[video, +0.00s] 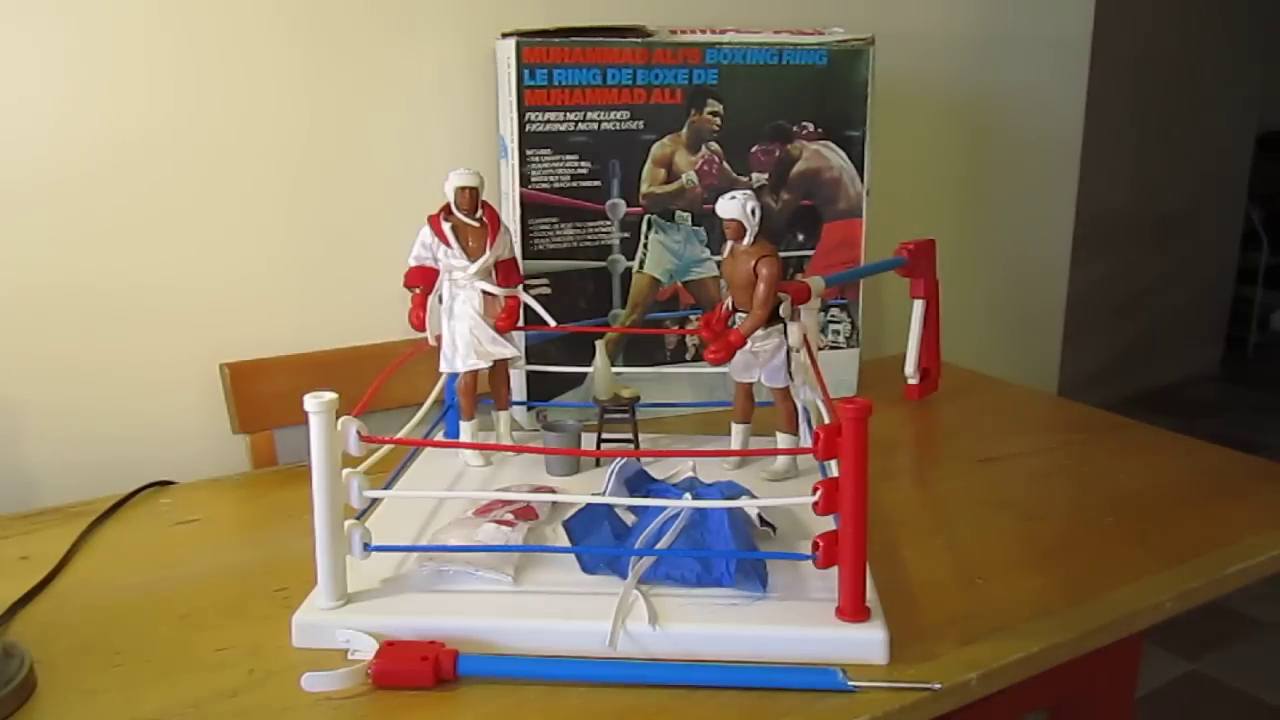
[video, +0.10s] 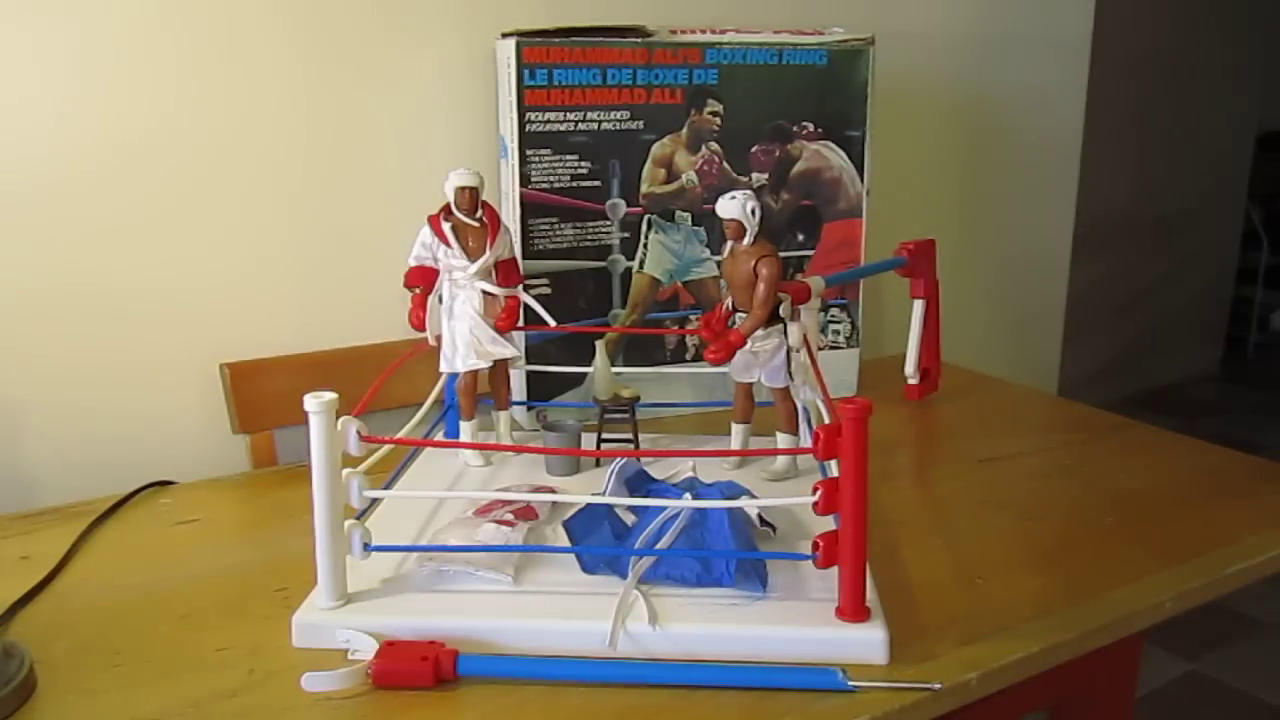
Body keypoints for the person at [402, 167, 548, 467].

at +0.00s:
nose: (467, 198)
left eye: (472, 191)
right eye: (461, 192)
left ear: (480, 194)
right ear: (451, 195)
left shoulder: (496, 228)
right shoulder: (436, 230)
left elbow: (508, 268)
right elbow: (422, 267)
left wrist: (512, 303)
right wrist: (419, 302)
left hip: (492, 302)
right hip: (458, 303)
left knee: (500, 363)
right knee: (469, 369)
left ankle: (504, 432)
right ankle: (469, 440)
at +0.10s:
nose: (467, 198)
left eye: (471, 191)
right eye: (461, 192)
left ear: (480, 194)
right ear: (451, 195)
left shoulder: (495, 227)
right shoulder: (436, 229)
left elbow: (509, 268)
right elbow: (422, 268)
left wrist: (512, 304)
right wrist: (419, 303)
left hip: (493, 302)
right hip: (458, 303)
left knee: (500, 363)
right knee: (469, 369)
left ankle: (504, 431)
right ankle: (469, 440)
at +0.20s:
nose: (467, 198)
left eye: (472, 191)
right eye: (461, 191)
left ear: (480, 194)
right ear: (451, 195)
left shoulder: (495, 227)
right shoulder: (436, 229)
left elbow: (509, 268)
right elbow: (422, 267)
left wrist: (512, 304)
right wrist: (419, 303)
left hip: (493, 302)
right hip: (458, 303)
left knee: (500, 363)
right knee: (469, 369)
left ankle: (504, 433)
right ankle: (469, 440)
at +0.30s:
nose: (467, 198)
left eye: (472, 191)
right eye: (461, 192)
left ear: (480, 194)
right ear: (451, 195)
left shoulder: (495, 227)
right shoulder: (436, 229)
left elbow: (509, 268)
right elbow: (422, 268)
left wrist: (512, 304)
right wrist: (419, 303)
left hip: (493, 302)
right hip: (458, 303)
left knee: (500, 363)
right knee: (469, 369)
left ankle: (504, 431)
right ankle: (469, 440)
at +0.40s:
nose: (467, 198)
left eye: (472, 191)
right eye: (461, 191)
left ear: (480, 194)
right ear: (451, 195)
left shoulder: (496, 227)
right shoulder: (436, 229)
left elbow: (508, 268)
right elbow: (422, 268)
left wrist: (512, 303)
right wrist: (419, 303)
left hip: (493, 302)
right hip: (458, 303)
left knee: (500, 364)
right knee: (469, 369)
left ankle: (504, 432)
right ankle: (468, 440)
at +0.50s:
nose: (467, 198)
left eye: (472, 191)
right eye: (461, 191)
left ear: (480, 194)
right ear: (451, 195)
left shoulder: (496, 227)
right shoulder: (436, 229)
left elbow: (508, 268)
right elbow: (422, 267)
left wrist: (512, 303)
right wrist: (419, 302)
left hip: (492, 302)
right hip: (458, 303)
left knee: (500, 363)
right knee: (469, 369)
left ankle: (504, 432)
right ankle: (469, 440)